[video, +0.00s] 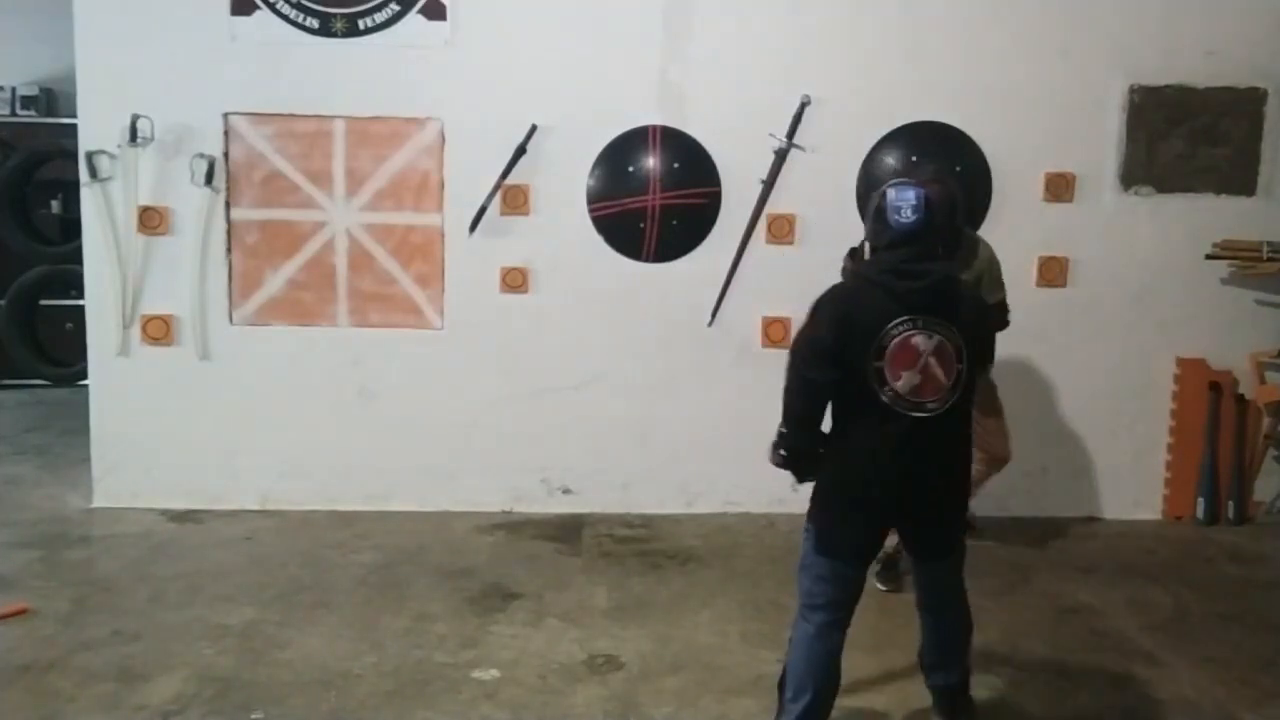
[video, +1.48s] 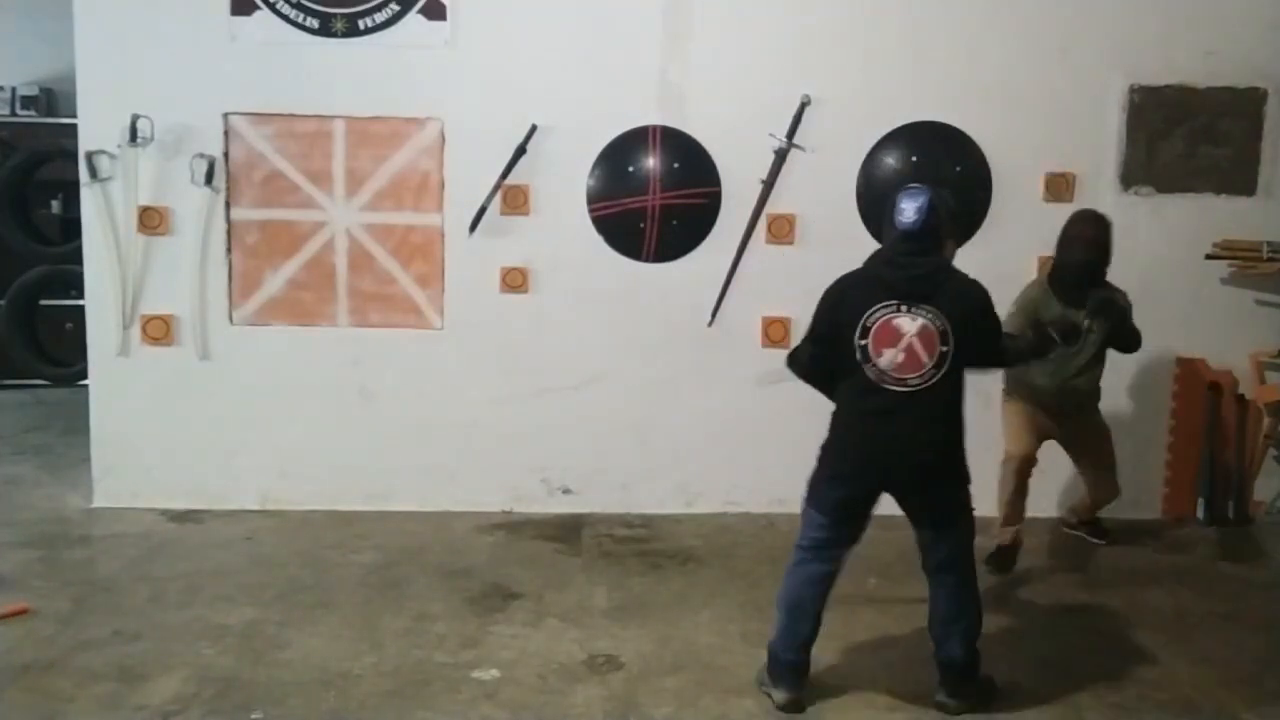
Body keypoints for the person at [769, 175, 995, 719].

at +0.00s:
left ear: (875, 228)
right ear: (947, 232)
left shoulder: (845, 303)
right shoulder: (968, 307)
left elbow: (806, 383)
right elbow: (980, 369)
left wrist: (799, 449)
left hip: (854, 482)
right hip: (939, 483)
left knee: (821, 610)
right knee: (942, 591)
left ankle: (800, 709)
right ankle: (951, 695)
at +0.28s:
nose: (894, 230)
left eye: (897, 222)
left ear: (901, 229)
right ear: (960, 231)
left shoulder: (879, 291)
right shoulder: (987, 296)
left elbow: (842, 368)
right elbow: (1004, 360)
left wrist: (808, 427)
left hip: (876, 465)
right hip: (953, 467)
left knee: (835, 585)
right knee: (950, 581)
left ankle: (807, 705)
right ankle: (954, 689)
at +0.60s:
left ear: (887, 224)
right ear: (954, 230)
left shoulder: (850, 291)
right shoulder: (972, 303)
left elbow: (807, 367)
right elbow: (1003, 402)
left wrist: (860, 326)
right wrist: (1045, 460)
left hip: (855, 468)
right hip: (937, 473)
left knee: (819, 587)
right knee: (949, 587)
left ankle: (787, 708)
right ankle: (954, 696)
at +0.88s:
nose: (956, 244)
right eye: (955, 232)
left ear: (877, 219)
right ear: (945, 229)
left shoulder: (837, 291)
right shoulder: (949, 304)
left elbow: (798, 345)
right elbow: (1022, 360)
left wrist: (849, 361)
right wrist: (1066, 317)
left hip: (833, 473)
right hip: (913, 479)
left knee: (808, 588)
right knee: (935, 581)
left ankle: (782, 707)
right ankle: (953, 677)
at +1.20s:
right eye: (966, 228)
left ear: (909, 226)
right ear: (968, 235)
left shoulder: (868, 285)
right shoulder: (978, 293)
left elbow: (826, 345)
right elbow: (1004, 342)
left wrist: (845, 395)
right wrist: (991, 276)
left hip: (869, 450)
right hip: (947, 454)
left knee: (826, 553)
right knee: (955, 563)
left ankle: (788, 683)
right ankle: (961, 681)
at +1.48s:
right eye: (953, 229)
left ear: (885, 224)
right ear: (948, 231)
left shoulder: (850, 289)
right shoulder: (964, 294)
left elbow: (807, 359)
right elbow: (983, 352)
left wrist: (856, 392)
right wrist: (1036, 344)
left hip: (854, 450)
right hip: (932, 455)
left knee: (816, 551)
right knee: (949, 563)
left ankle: (786, 675)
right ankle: (959, 679)